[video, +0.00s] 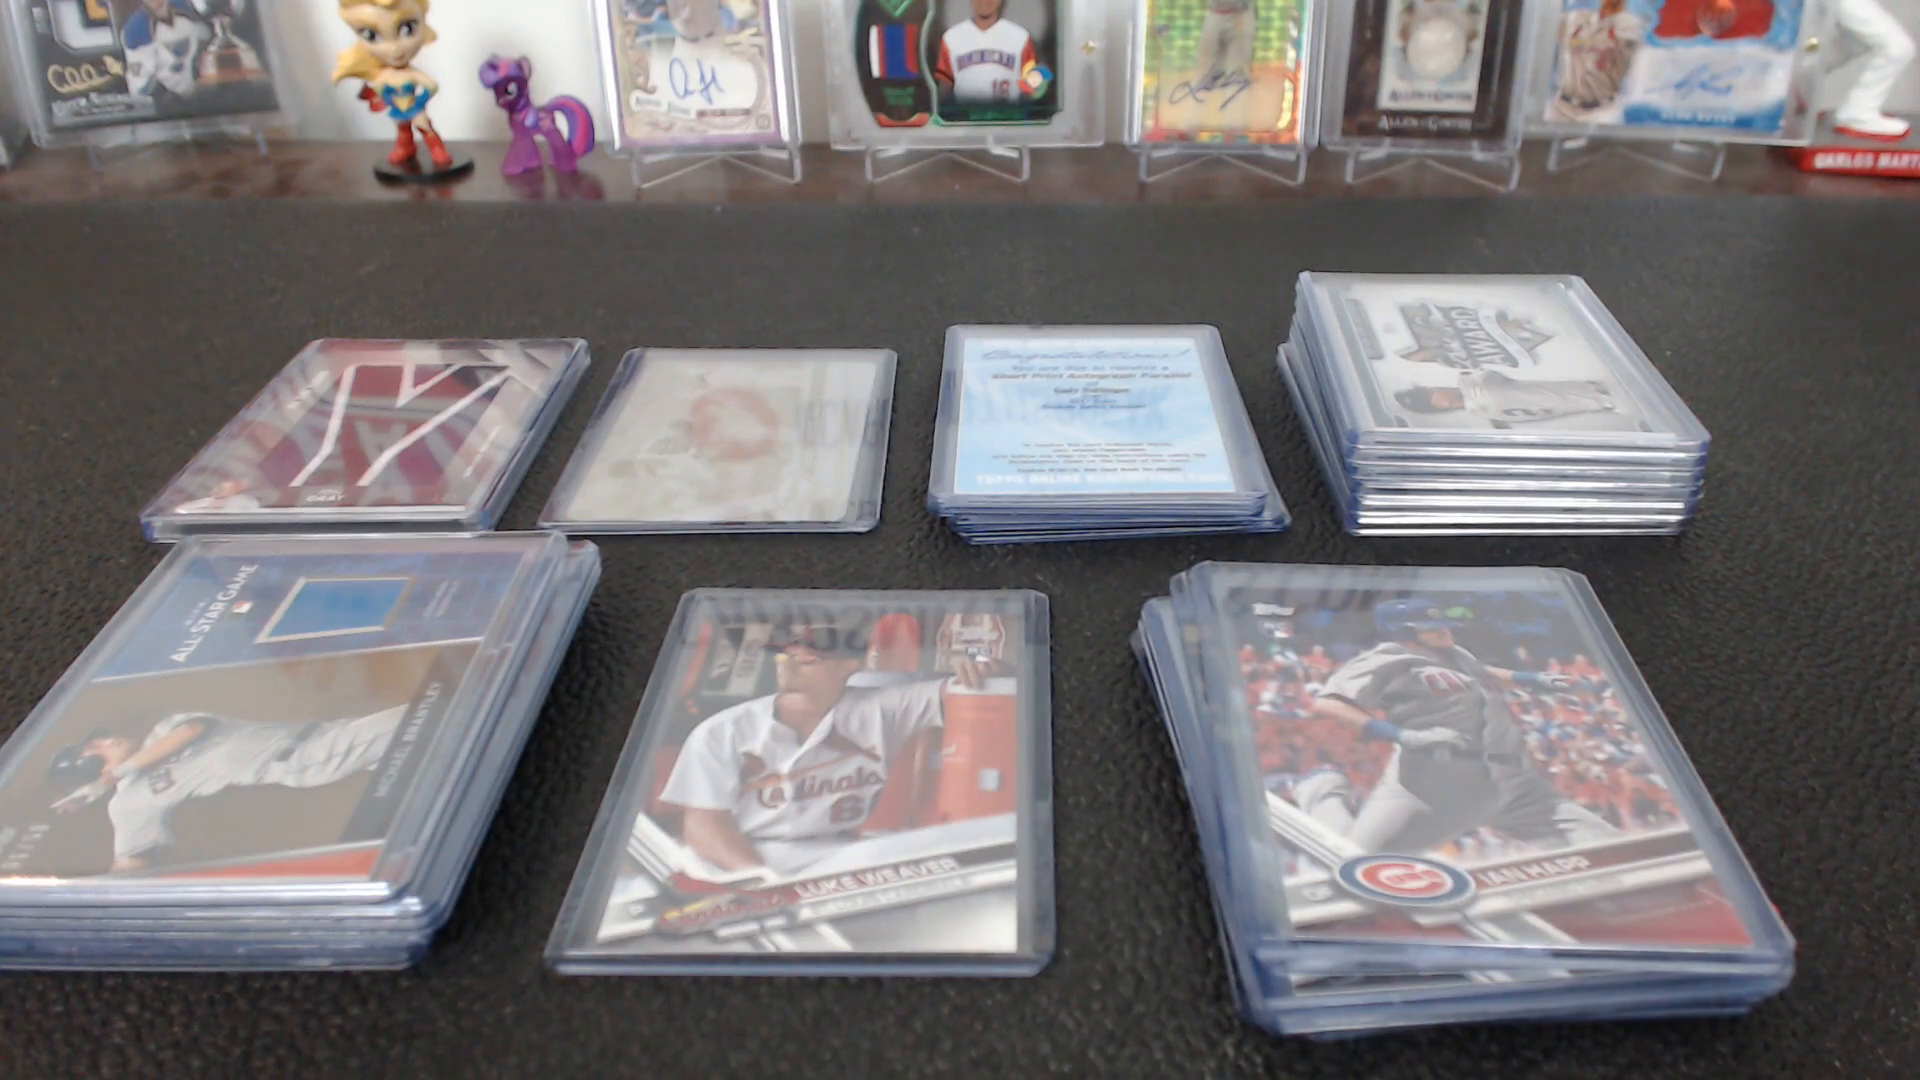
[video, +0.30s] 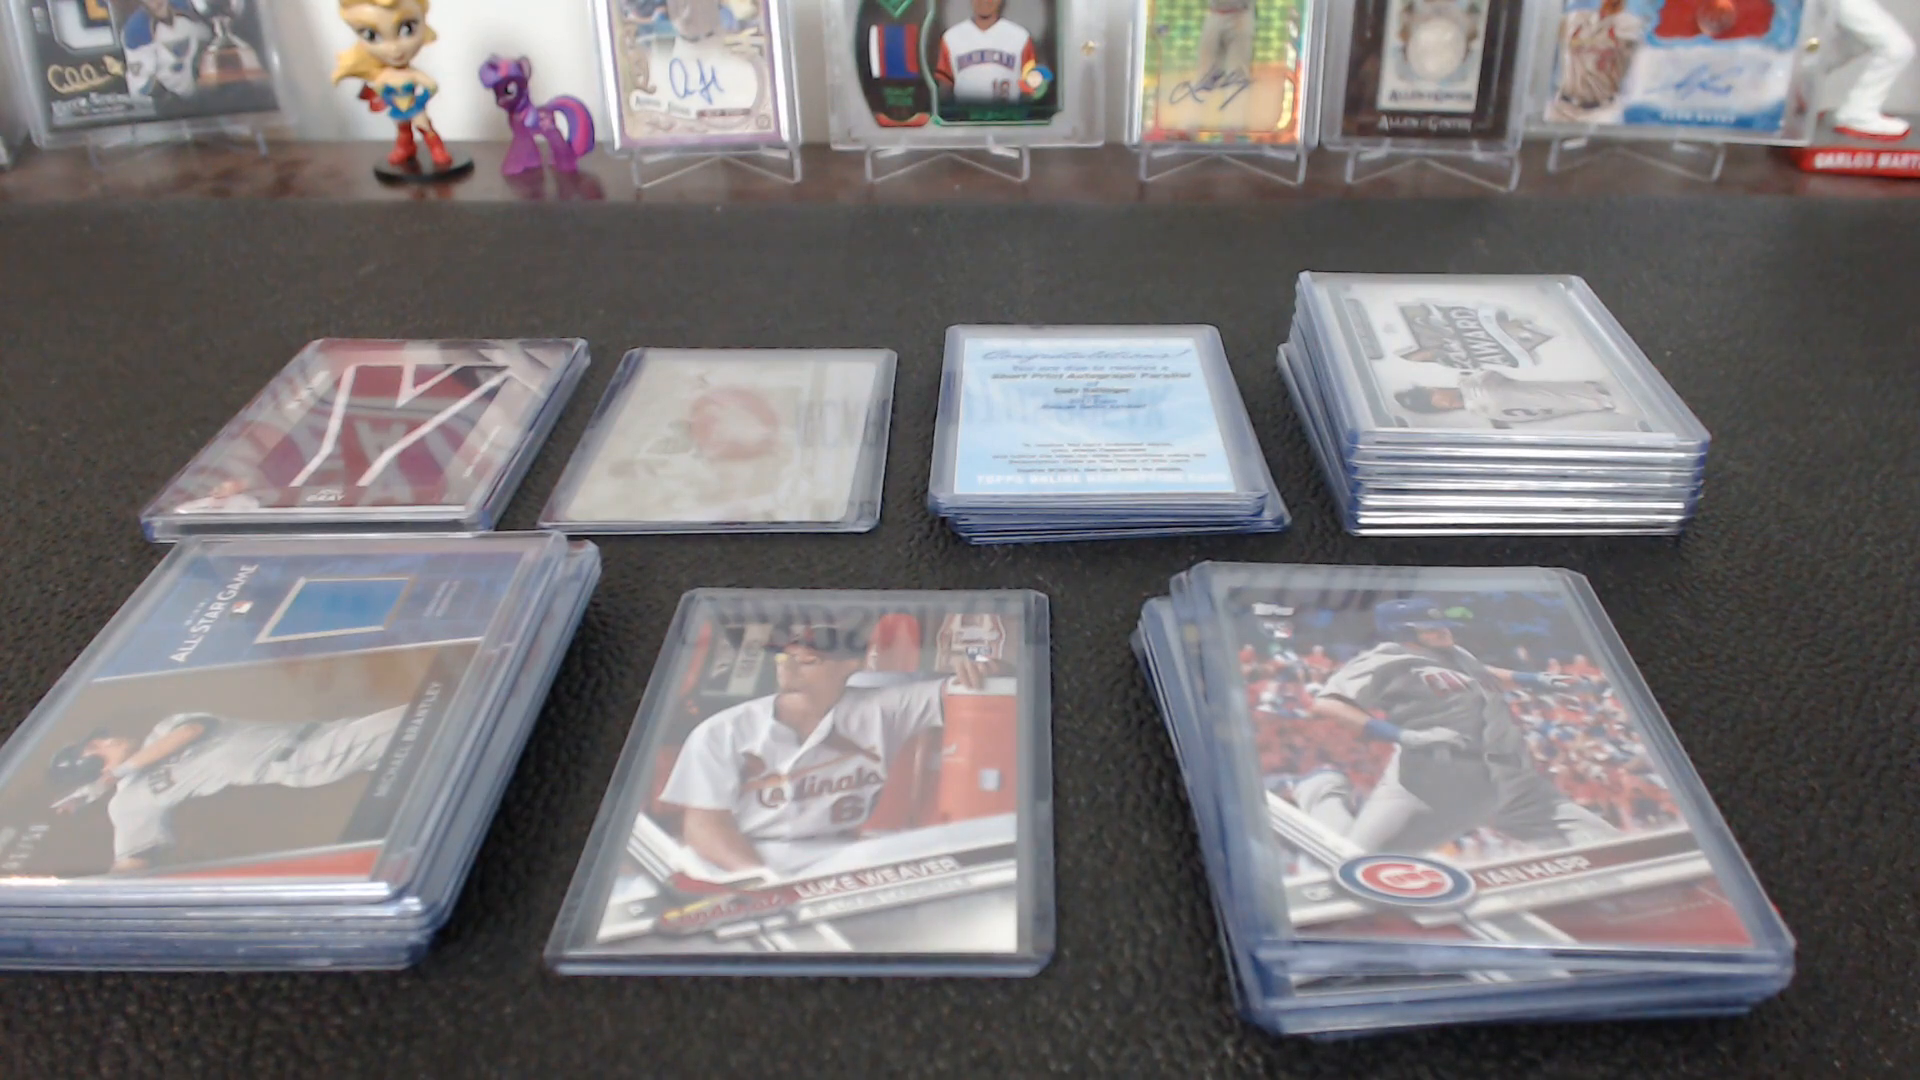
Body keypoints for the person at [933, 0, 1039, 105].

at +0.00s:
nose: (984, 2)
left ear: (1000, 2)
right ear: (971, 2)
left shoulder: (1020, 36)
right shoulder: (951, 37)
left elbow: (1030, 83)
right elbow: (944, 82)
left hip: (1009, 121)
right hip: (965, 121)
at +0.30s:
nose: (984, 2)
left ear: (1000, 2)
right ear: (971, 2)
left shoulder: (1020, 36)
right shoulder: (951, 37)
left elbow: (1030, 84)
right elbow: (944, 82)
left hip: (1009, 122)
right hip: (965, 121)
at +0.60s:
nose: (984, 2)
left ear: (1000, 2)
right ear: (971, 2)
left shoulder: (1020, 36)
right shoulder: (951, 37)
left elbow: (1030, 83)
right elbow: (944, 81)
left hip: (1009, 121)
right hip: (965, 120)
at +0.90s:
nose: (984, 2)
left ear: (1000, 2)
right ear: (972, 2)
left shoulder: (1020, 36)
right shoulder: (951, 37)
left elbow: (1030, 80)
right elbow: (944, 78)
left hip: (1008, 121)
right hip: (965, 120)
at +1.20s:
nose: (984, 2)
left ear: (1000, 2)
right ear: (972, 2)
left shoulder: (1020, 37)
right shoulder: (951, 37)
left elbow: (1030, 81)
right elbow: (944, 79)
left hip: (1009, 120)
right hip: (965, 119)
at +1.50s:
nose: (983, 2)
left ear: (1000, 2)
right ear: (971, 2)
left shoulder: (1020, 37)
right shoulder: (951, 37)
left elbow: (1030, 80)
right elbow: (944, 79)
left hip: (1009, 120)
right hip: (965, 119)